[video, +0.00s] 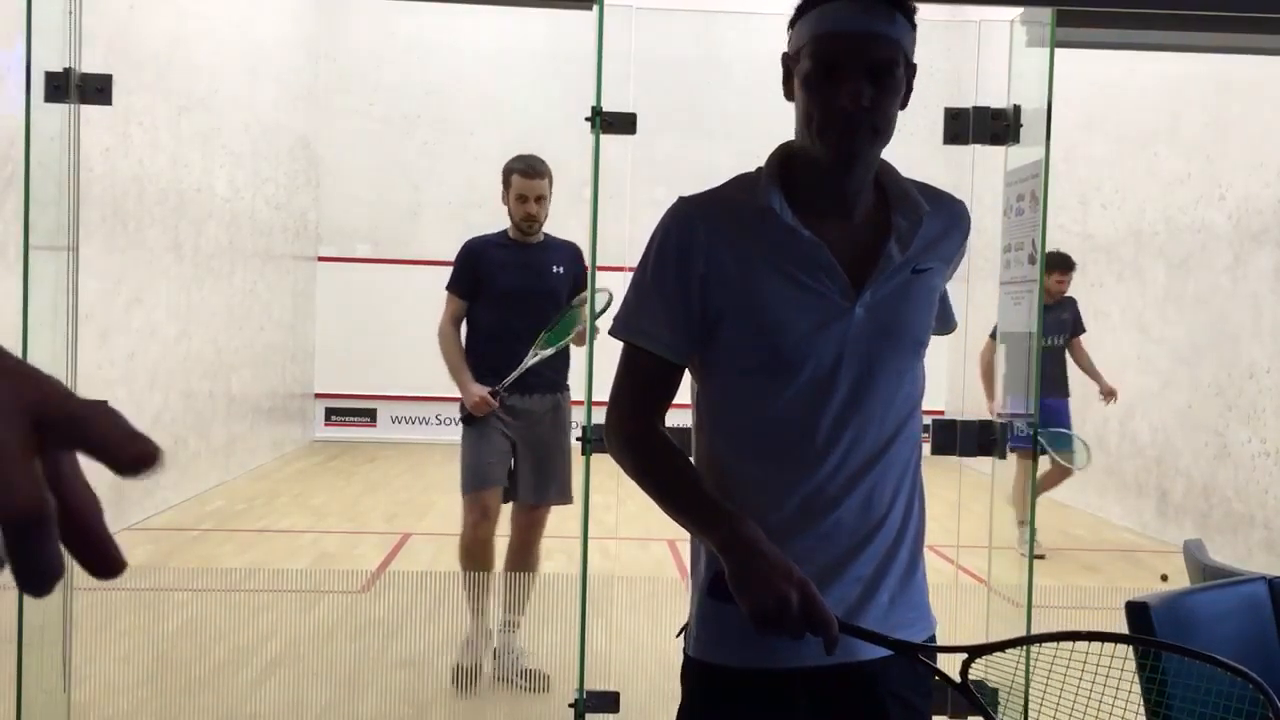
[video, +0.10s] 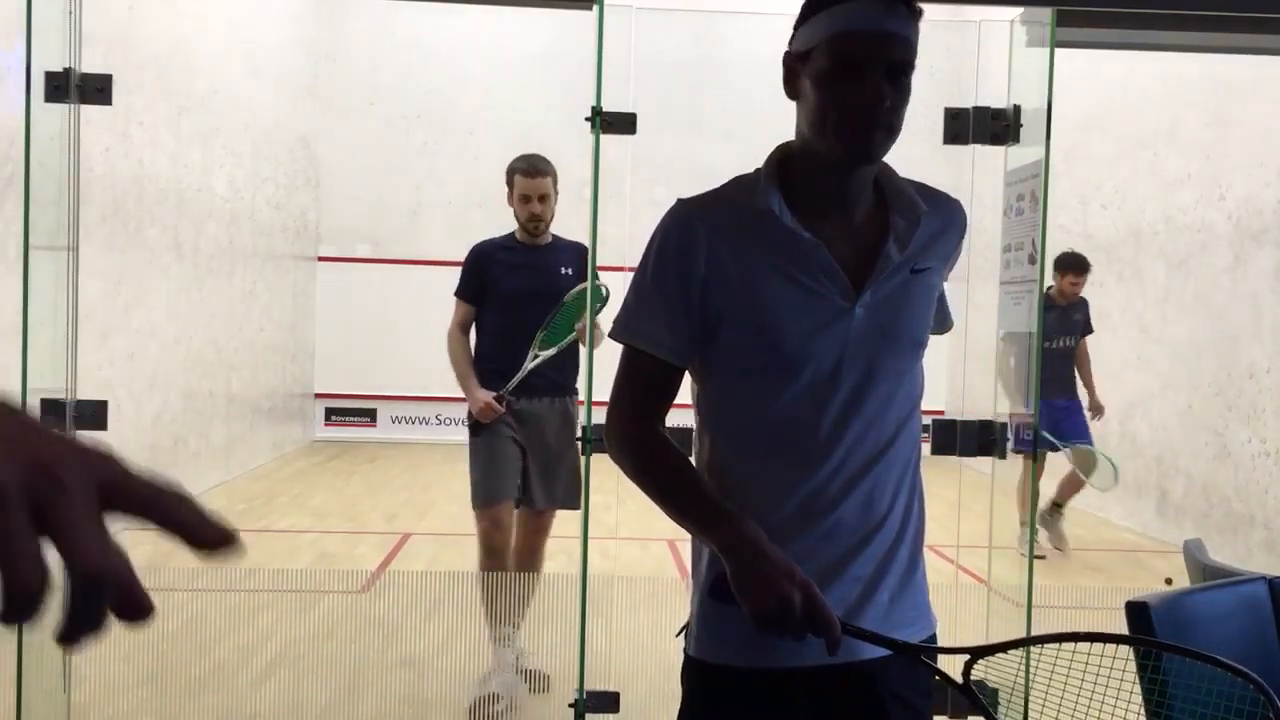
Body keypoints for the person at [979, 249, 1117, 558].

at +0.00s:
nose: (1064, 286)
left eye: (1068, 280)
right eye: (1059, 279)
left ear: (1070, 279)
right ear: (1042, 277)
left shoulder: (1068, 306)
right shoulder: (1020, 306)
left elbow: (1075, 348)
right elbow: (987, 352)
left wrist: (1101, 381)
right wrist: (991, 398)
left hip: (1056, 398)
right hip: (1022, 398)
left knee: (1064, 465)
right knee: (1026, 466)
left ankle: (1023, 496)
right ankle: (1025, 534)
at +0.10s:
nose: (1078, 288)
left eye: (1082, 282)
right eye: (1073, 281)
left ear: (1084, 281)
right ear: (1056, 278)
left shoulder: (1079, 306)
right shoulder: (1032, 307)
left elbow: (1080, 351)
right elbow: (1005, 358)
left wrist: (1091, 394)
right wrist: (1016, 402)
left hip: (1066, 400)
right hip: (1033, 401)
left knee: (1086, 463)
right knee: (1033, 468)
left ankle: (1052, 513)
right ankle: (1026, 532)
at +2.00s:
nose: (1025, 281)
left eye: (1028, 274)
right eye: (1019, 278)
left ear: (1038, 270)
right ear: (1015, 280)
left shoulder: (1076, 294)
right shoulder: (1018, 305)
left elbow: (1105, 331)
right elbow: (1004, 351)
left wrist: (1107, 382)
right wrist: (996, 400)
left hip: (1072, 399)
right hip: (1035, 400)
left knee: (1065, 472)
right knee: (1038, 475)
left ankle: (1067, 557)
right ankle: (1038, 550)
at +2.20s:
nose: (1025, 278)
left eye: (1029, 269)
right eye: (1018, 272)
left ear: (1040, 266)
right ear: (1012, 275)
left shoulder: (1075, 295)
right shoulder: (1014, 304)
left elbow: (1106, 336)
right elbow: (1001, 355)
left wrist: (1096, 380)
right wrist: (994, 400)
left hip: (1070, 401)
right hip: (1032, 402)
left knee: (1067, 477)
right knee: (1037, 478)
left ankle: (1067, 555)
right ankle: (1038, 551)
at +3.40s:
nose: (926, 285)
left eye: (931, 278)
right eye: (925, 278)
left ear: (951, 276)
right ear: (937, 280)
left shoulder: (989, 301)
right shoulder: (941, 310)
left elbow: (980, 347)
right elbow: (938, 324)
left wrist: (924, 359)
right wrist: (949, 274)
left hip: (1004, 409)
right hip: (968, 408)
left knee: (1028, 482)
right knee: (930, 469)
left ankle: (1062, 553)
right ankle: (894, 533)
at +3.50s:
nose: (891, 299)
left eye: (896, 292)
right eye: (890, 293)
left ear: (918, 288)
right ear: (905, 295)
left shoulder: (960, 309)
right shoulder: (910, 322)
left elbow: (957, 356)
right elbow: (906, 334)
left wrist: (908, 384)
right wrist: (935, 297)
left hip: (980, 413)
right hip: (945, 413)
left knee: (1011, 487)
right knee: (899, 474)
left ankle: (1056, 549)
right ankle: (879, 544)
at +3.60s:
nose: (858, 306)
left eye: (862, 299)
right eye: (856, 300)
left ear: (882, 295)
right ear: (875, 299)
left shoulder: (921, 316)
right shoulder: (879, 327)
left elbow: (915, 365)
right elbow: (851, 354)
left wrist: (891, 392)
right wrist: (882, 356)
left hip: (952, 413)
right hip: (922, 413)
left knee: (977, 494)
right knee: (876, 464)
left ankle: (1039, 545)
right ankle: (871, 545)